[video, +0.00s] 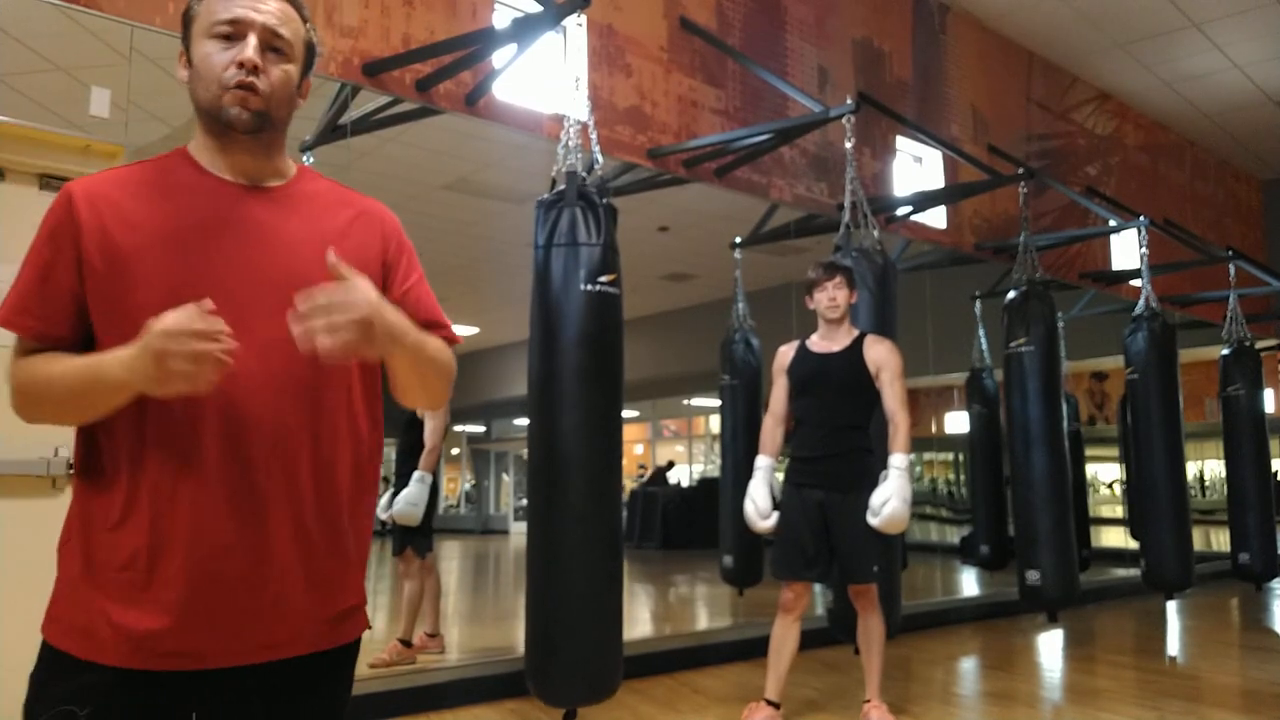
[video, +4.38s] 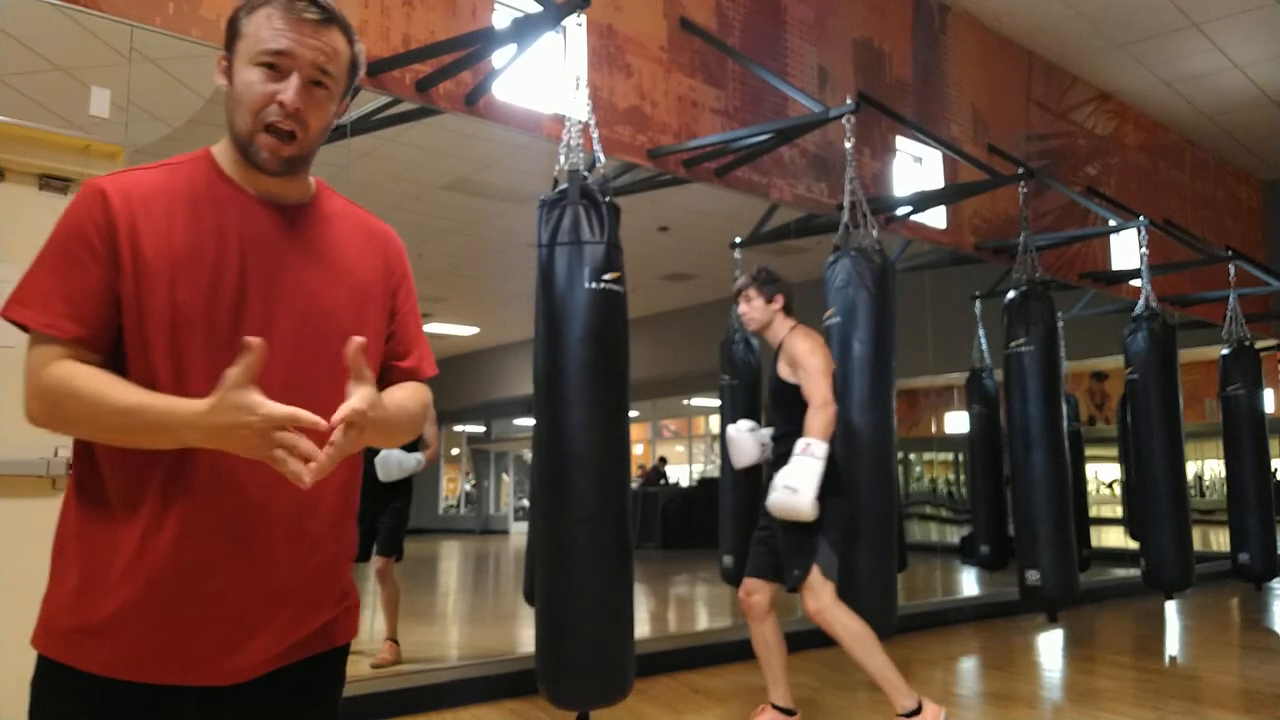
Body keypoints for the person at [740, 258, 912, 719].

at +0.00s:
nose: (832, 295)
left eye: (840, 288)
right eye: (824, 289)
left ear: (852, 296)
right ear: (811, 299)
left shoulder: (879, 351)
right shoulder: (789, 354)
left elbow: (897, 417)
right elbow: (774, 420)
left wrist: (898, 474)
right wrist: (762, 476)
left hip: (859, 491)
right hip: (802, 491)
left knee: (865, 597)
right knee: (790, 599)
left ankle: (873, 701)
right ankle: (770, 702)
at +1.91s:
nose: (784, 293)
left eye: (794, 286)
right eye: (779, 288)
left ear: (816, 296)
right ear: (773, 300)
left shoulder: (845, 344)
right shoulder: (769, 357)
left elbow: (871, 414)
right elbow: (763, 424)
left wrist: (866, 475)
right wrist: (749, 484)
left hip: (837, 490)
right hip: (782, 492)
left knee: (853, 596)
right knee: (775, 596)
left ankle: (873, 700)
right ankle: (769, 703)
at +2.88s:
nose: (858, 292)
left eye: (868, 284)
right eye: (849, 284)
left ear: (885, 292)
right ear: (837, 292)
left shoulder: (904, 350)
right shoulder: (808, 344)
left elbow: (928, 420)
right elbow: (777, 409)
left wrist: (909, 443)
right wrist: (761, 469)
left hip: (877, 499)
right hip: (817, 497)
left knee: (889, 607)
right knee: (786, 606)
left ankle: (892, 715)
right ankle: (747, 690)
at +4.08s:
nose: (783, 300)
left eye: (792, 291)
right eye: (779, 292)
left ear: (821, 294)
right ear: (778, 300)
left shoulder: (860, 339)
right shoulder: (788, 349)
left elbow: (903, 408)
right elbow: (783, 414)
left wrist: (864, 445)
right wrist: (766, 452)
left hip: (859, 491)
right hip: (805, 491)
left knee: (859, 605)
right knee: (770, 599)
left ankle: (913, 712)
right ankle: (783, 706)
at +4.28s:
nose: (747, 308)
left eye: (754, 298)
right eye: (745, 300)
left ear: (783, 300)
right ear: (765, 306)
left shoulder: (812, 340)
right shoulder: (789, 349)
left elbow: (837, 406)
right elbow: (802, 422)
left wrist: (818, 468)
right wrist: (766, 440)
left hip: (818, 487)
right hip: (790, 488)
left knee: (827, 604)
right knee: (758, 596)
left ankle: (914, 708)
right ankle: (781, 706)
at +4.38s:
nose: (741, 309)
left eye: (748, 300)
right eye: (739, 302)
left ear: (776, 302)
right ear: (762, 306)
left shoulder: (802, 342)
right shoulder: (782, 349)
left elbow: (824, 406)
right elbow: (795, 422)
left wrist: (803, 471)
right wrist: (759, 443)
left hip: (812, 486)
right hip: (783, 486)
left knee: (819, 603)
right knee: (754, 596)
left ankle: (911, 706)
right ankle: (781, 707)